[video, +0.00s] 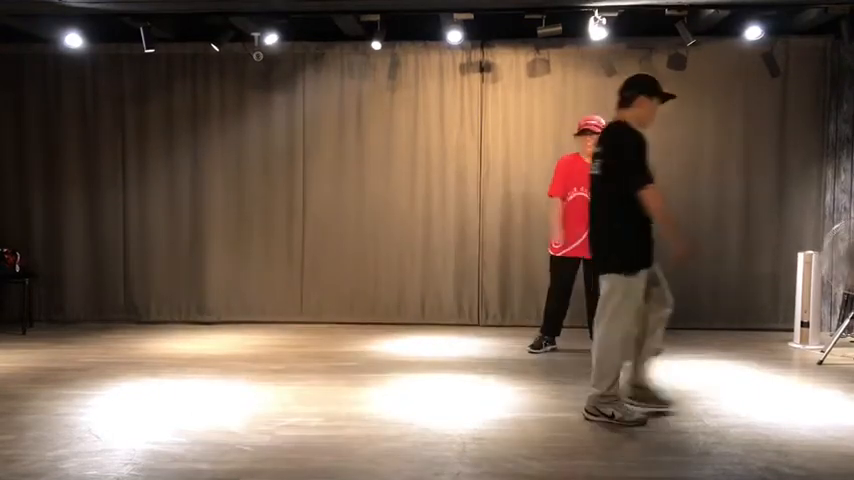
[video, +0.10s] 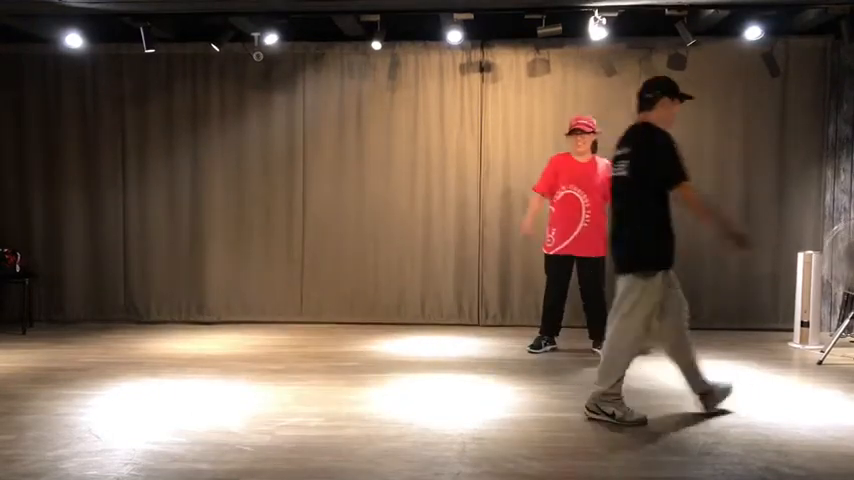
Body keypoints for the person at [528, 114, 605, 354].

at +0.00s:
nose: (590, 140)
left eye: (594, 136)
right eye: (586, 135)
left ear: (602, 139)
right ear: (579, 138)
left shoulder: (606, 166)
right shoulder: (566, 164)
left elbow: (613, 202)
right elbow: (557, 200)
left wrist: (608, 237)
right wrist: (557, 232)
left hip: (595, 242)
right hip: (567, 241)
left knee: (597, 293)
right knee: (558, 291)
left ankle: (599, 337)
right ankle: (548, 335)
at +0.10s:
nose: (579, 140)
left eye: (584, 136)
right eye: (575, 136)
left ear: (593, 138)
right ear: (569, 139)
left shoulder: (604, 166)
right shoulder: (558, 162)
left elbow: (614, 201)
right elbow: (540, 193)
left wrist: (621, 235)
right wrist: (530, 219)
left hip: (592, 241)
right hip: (559, 239)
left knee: (593, 293)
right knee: (554, 291)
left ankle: (599, 339)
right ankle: (547, 336)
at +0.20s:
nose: (568, 139)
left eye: (573, 135)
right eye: (564, 135)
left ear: (583, 137)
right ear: (559, 138)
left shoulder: (593, 165)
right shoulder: (549, 163)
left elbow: (607, 194)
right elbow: (528, 189)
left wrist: (620, 218)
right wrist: (507, 210)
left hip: (583, 241)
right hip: (551, 240)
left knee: (588, 293)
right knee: (549, 292)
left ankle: (599, 338)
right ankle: (546, 336)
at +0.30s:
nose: (557, 141)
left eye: (562, 136)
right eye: (553, 137)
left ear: (572, 138)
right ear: (549, 140)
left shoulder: (583, 165)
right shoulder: (544, 163)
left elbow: (604, 193)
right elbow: (528, 187)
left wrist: (622, 212)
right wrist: (509, 202)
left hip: (573, 240)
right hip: (542, 240)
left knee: (583, 293)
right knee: (544, 293)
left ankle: (598, 339)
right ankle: (546, 337)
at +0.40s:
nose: (548, 142)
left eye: (552, 137)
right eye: (544, 138)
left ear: (563, 138)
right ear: (540, 140)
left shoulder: (575, 163)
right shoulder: (538, 163)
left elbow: (603, 184)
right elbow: (536, 186)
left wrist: (627, 202)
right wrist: (525, 197)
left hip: (565, 241)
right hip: (536, 241)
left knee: (574, 292)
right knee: (541, 293)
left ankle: (589, 339)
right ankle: (546, 337)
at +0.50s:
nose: (539, 144)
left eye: (543, 139)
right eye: (535, 140)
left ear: (555, 139)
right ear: (531, 142)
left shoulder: (570, 163)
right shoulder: (533, 166)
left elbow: (599, 180)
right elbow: (540, 190)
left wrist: (627, 195)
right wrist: (528, 200)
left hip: (560, 242)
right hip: (533, 242)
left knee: (561, 292)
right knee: (539, 293)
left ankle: (571, 341)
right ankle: (545, 337)